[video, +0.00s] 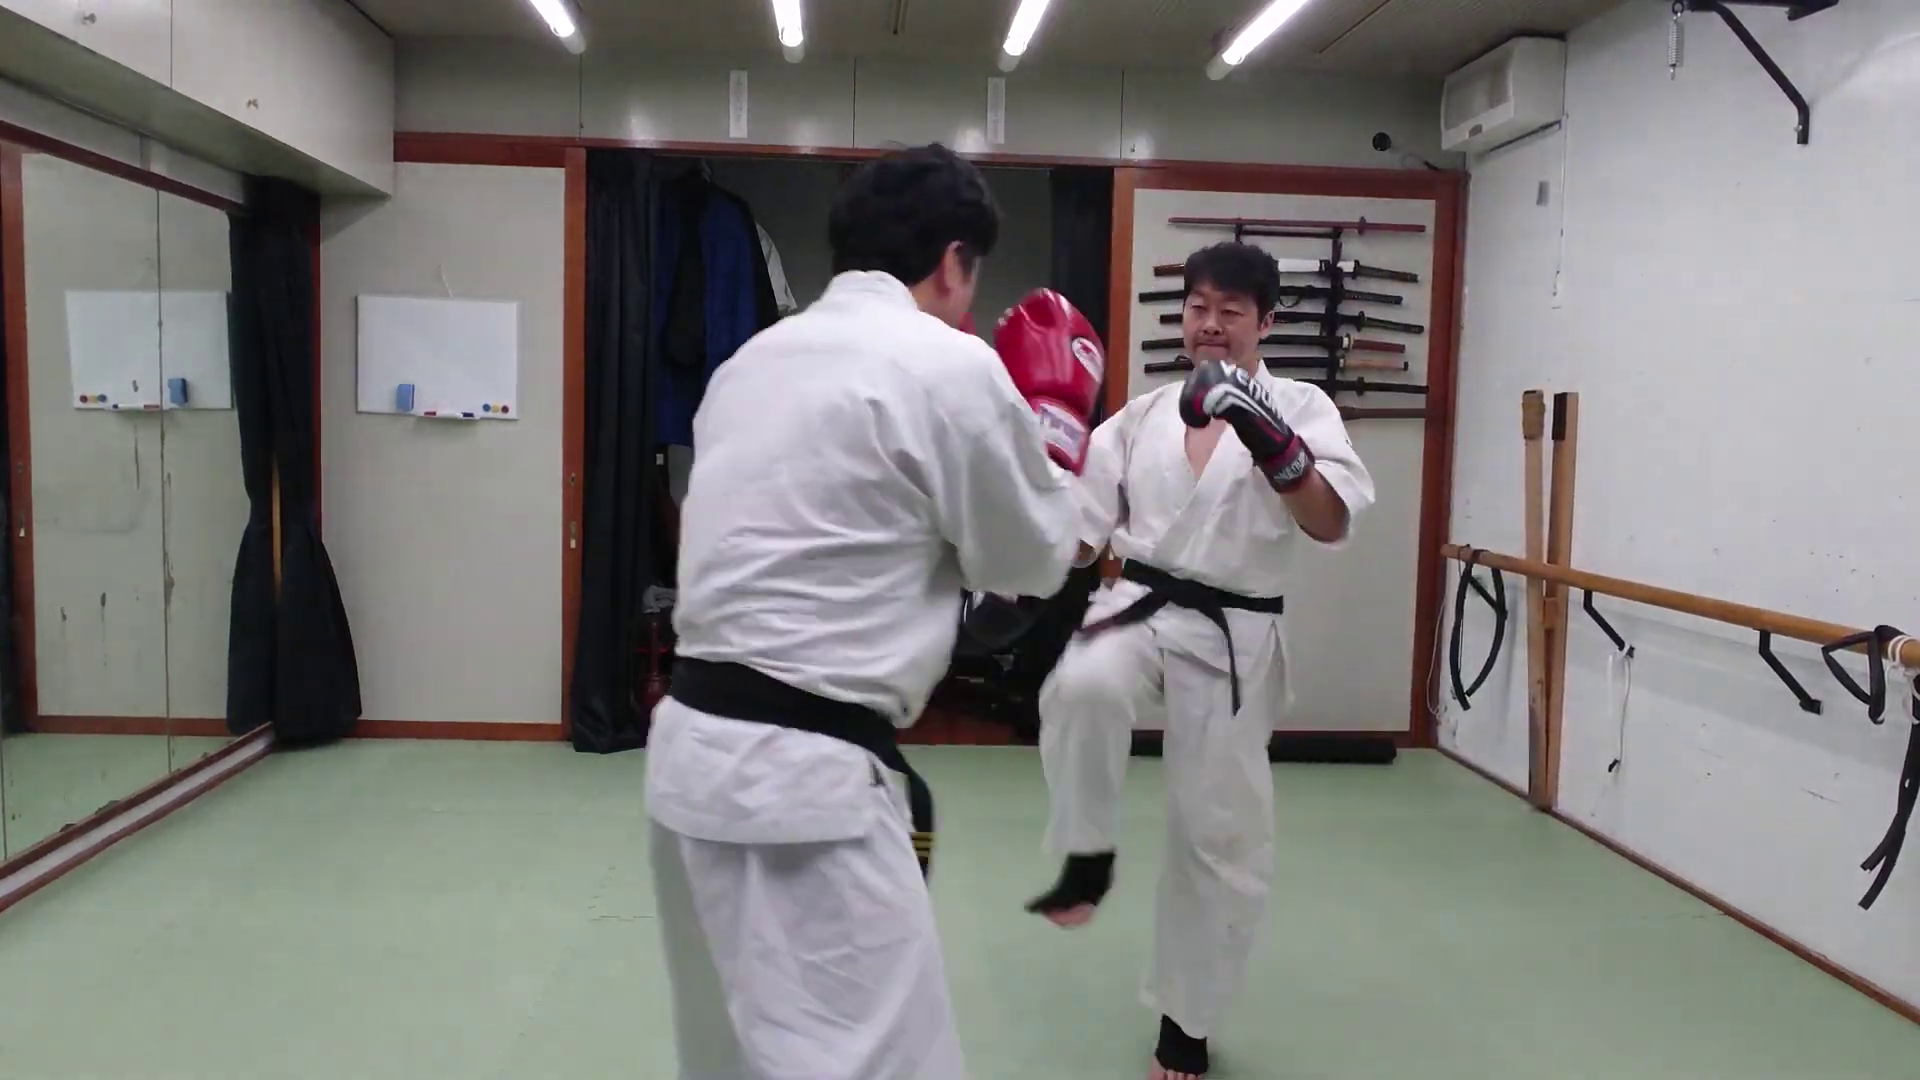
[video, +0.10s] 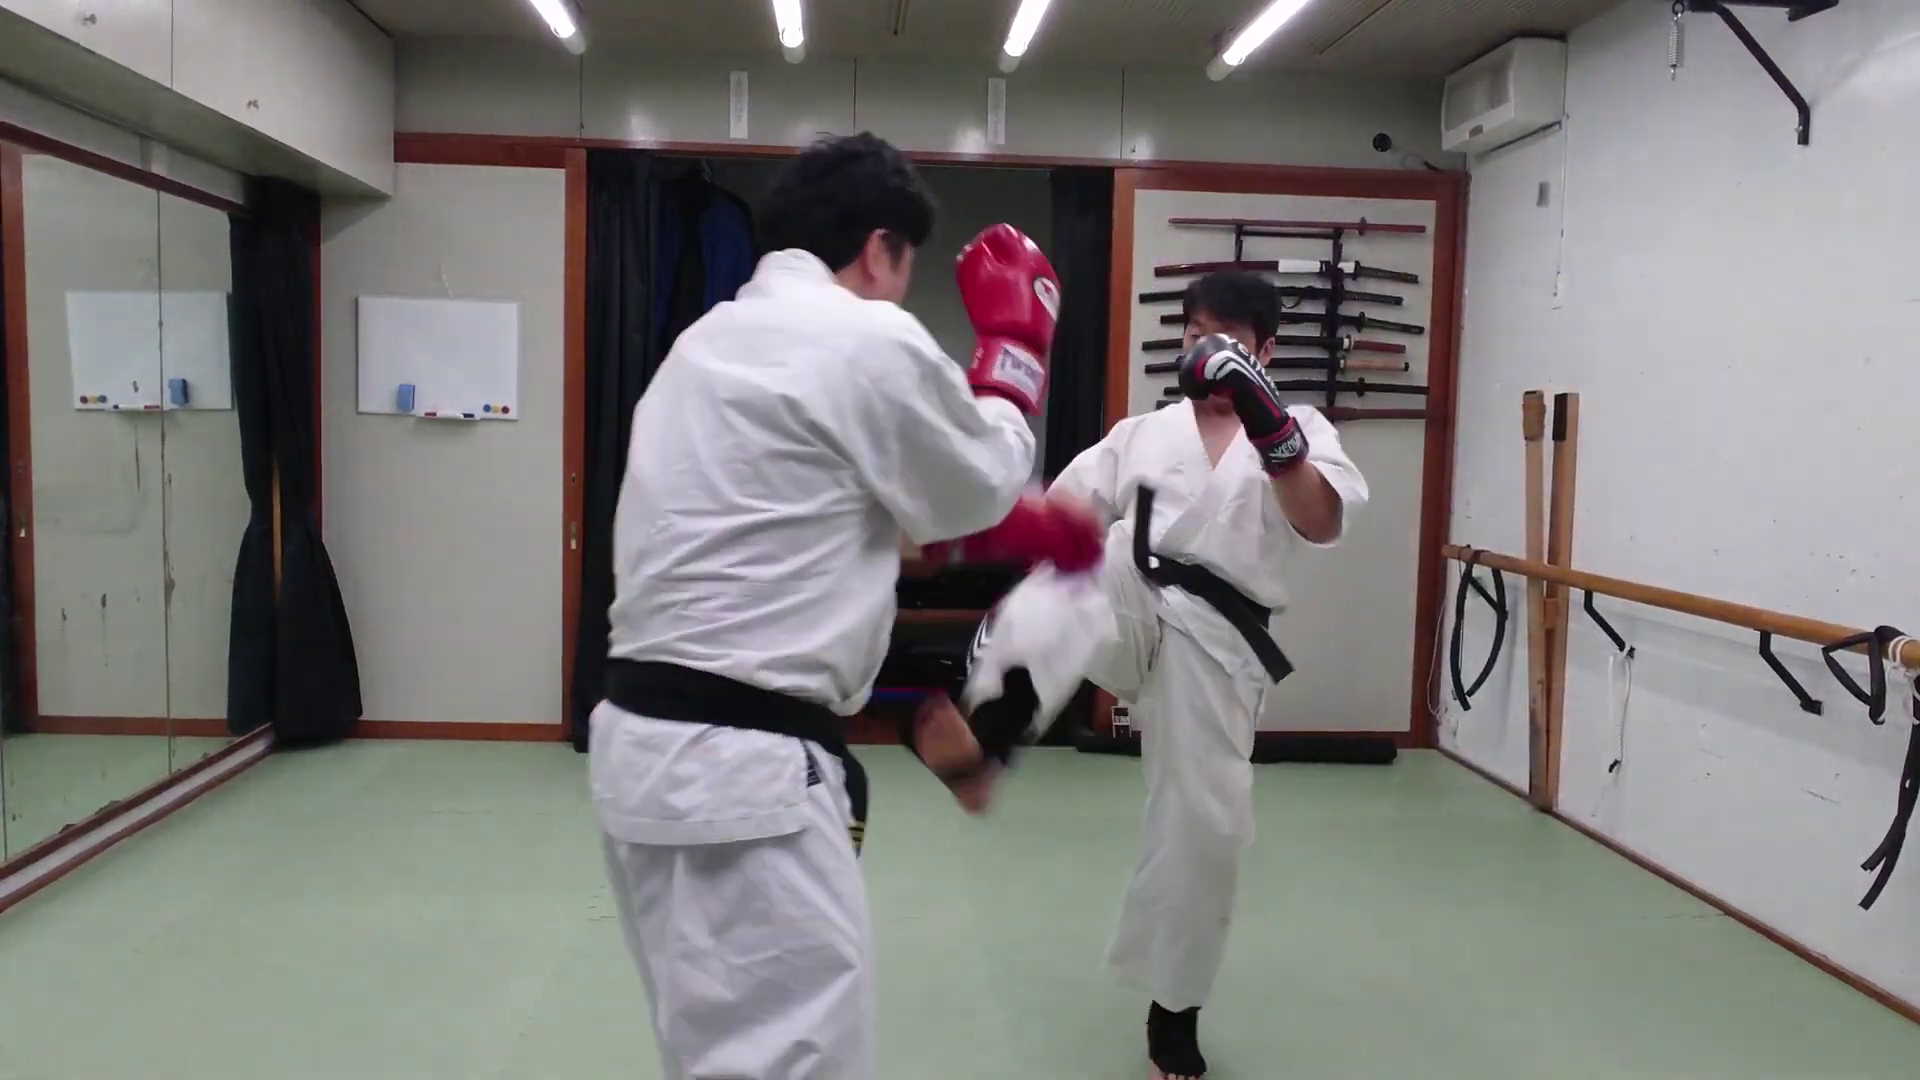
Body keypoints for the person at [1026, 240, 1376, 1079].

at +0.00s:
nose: (1209, 325)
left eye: (1230, 312)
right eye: (1198, 310)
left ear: (1266, 321)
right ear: (1181, 317)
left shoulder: (1301, 409)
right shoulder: (1145, 413)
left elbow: (1331, 524)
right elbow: (1079, 510)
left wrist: (1272, 442)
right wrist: (1040, 440)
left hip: (1231, 627)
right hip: (1137, 604)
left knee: (1215, 833)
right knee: (1082, 684)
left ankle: (1187, 1026)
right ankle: (1085, 857)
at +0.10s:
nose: (1201, 346)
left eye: (1221, 334)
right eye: (1192, 332)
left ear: (1263, 345)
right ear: (1181, 340)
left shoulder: (1303, 436)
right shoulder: (1148, 431)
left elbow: (1320, 522)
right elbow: (1063, 501)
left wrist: (1268, 422)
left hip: (1219, 645)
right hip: (1129, 602)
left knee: (1211, 829)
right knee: (1084, 554)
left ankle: (1173, 1020)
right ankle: (988, 732)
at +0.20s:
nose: (1197, 370)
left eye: (1217, 357)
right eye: (1189, 354)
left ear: (1259, 365)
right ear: (1177, 360)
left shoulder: (1289, 458)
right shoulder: (1130, 446)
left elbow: (1331, 555)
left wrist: (1291, 455)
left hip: (1223, 656)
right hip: (1128, 604)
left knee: (1214, 844)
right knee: (1032, 590)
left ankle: (1162, 1019)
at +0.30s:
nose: (1196, 361)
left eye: (1215, 347)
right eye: (1186, 345)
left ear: (1250, 360)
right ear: (1171, 353)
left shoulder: (1284, 455)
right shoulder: (1125, 444)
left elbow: (1343, 575)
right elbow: (1038, 548)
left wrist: (1308, 488)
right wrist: (1007, 636)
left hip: (1218, 652)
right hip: (1119, 605)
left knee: (1211, 853)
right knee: (1010, 623)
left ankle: (1161, 1025)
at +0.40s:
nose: (1180, 342)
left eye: (1199, 327)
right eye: (1168, 326)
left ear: (1235, 335)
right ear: (1156, 335)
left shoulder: (1282, 437)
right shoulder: (1116, 428)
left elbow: (1331, 564)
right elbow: (1039, 527)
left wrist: (1297, 486)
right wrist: (992, 571)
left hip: (1205, 642)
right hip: (1093, 612)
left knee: (1206, 845)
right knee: (965, 688)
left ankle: (1161, 1028)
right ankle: (845, 876)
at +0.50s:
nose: (1153, 319)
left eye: (1173, 304)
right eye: (1143, 303)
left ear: (1216, 312)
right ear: (1131, 311)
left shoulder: (1267, 415)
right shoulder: (1099, 415)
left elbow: (1322, 548)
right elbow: (1029, 521)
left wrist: (1279, 477)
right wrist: (984, 535)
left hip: (1197, 641)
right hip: (1080, 618)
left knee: (1197, 848)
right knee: (965, 762)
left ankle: (1164, 1029)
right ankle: (904, 937)